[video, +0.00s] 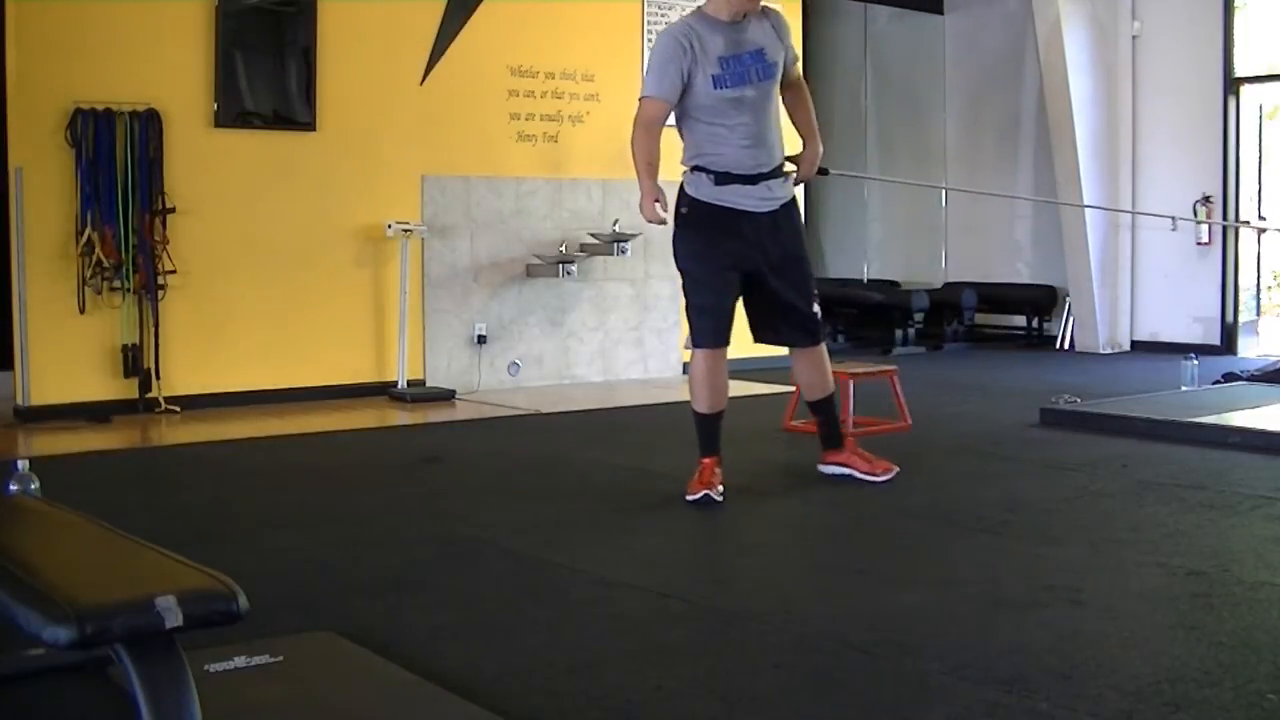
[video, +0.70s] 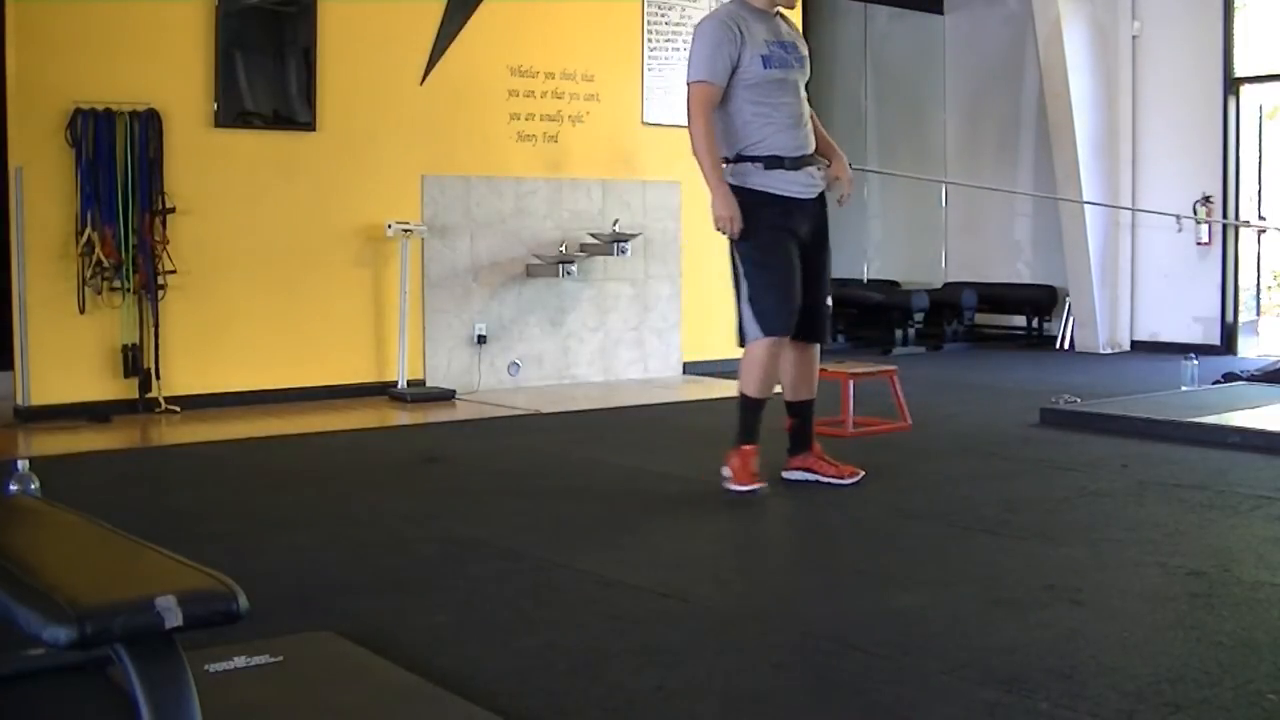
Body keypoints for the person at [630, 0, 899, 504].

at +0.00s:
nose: (758, 1)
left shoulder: (770, 23)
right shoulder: (679, 41)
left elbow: (792, 82)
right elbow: (648, 120)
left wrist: (813, 142)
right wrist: (647, 181)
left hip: (775, 207)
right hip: (708, 209)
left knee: (806, 330)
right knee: (709, 338)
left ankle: (835, 448)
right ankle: (709, 464)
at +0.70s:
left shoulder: (791, 31)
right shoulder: (720, 27)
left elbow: (796, 106)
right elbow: (699, 112)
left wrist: (834, 153)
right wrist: (718, 190)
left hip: (808, 197)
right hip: (757, 196)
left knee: (806, 328)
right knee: (772, 323)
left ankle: (802, 454)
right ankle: (745, 452)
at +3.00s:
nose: (970, 11)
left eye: (974, 4)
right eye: (962, 3)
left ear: (973, 9)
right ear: (933, 1)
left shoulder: (969, 50)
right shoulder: (895, 50)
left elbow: (965, 117)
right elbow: (847, 124)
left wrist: (987, 180)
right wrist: (856, 201)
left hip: (945, 207)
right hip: (893, 206)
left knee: (974, 319)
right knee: (912, 325)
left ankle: (969, 434)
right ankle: (899, 451)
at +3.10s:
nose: (976, 13)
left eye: (981, 4)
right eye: (968, 3)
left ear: (983, 10)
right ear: (937, 4)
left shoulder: (977, 58)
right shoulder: (900, 55)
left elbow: (970, 124)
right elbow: (847, 126)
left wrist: (982, 187)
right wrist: (850, 205)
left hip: (942, 210)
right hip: (891, 208)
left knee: (969, 323)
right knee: (912, 326)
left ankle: (977, 439)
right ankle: (899, 451)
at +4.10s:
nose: (705, 93)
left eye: (718, 83)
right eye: (697, 80)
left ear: (737, 83)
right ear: (685, 75)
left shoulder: (754, 142)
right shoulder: (643, 131)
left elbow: (804, 216)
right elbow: (556, 197)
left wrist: (808, 259)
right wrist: (520, 269)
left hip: (680, 259)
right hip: (600, 252)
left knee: (761, 361)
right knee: (522, 340)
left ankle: (778, 476)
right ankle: (454, 474)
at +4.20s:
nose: (611, 77)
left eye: (624, 66)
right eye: (603, 63)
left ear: (648, 68)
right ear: (592, 61)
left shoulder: (673, 124)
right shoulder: (554, 116)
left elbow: (720, 203)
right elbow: (467, 186)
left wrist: (736, 294)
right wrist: (490, 214)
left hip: (623, 258)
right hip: (537, 253)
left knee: (702, 367)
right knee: (472, 355)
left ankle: (771, 470)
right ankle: (442, 506)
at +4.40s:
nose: (482, 92)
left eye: (496, 80)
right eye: (474, 77)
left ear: (526, 75)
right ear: (463, 68)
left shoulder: (560, 124)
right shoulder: (430, 116)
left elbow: (606, 217)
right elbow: (340, 197)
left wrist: (627, 321)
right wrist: (331, 298)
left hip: (496, 234)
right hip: (412, 226)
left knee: (569, 338)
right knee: (349, 328)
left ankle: (554, 482)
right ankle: (346, 483)